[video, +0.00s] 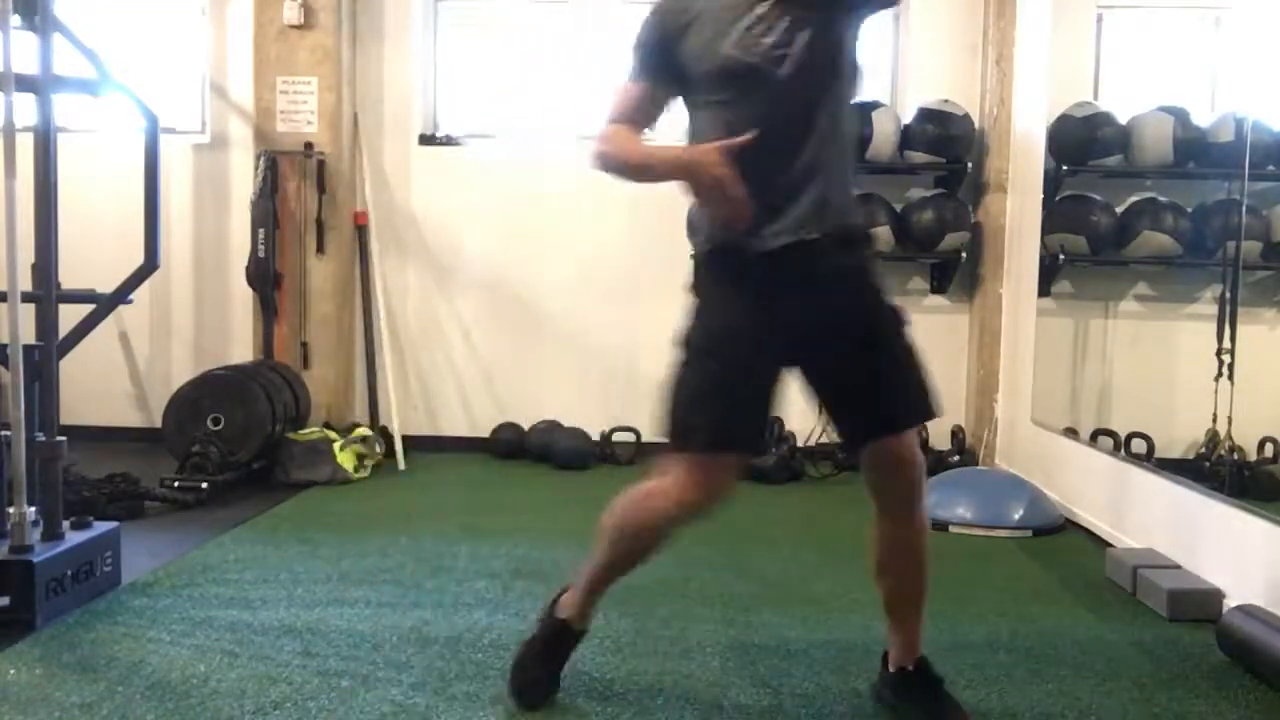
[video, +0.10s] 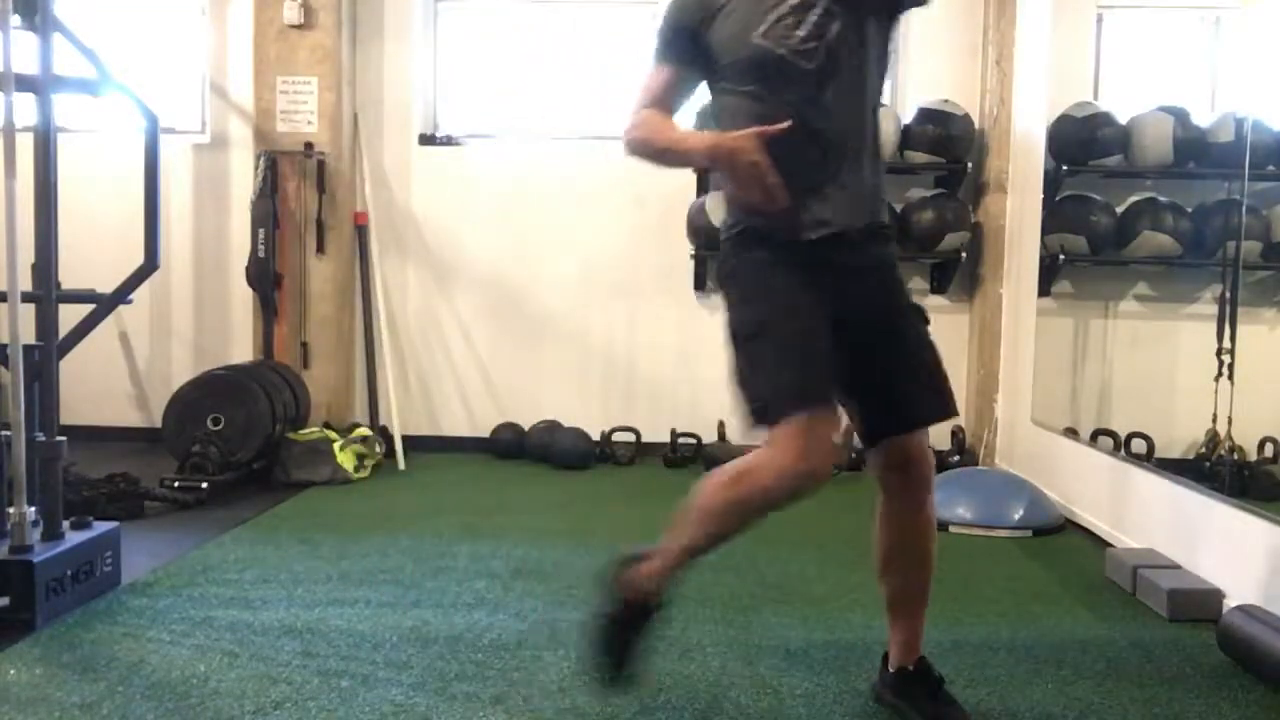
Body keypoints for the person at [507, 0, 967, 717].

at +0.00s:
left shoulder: (837, 7)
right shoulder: (681, 16)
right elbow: (613, 145)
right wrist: (686, 161)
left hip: (834, 266)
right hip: (738, 274)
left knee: (900, 470)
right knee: (695, 480)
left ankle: (905, 667)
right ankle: (571, 611)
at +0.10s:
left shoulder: (872, 4)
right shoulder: (707, 8)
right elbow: (642, 129)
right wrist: (719, 147)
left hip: (858, 242)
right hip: (763, 245)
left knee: (908, 465)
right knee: (804, 453)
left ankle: (904, 667)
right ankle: (642, 580)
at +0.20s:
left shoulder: (894, 5)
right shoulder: (726, 6)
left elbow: (950, 6)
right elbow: (650, 116)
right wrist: (726, 141)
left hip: (857, 233)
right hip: (767, 225)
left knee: (912, 465)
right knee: (905, 341)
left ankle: (903, 665)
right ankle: (777, 534)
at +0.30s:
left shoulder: (902, 8)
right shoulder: (742, 9)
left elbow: (960, 52)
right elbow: (651, 119)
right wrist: (725, 154)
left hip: (873, 265)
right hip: (780, 255)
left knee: (932, 469)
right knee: (958, 191)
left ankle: (901, 667)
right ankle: (888, 429)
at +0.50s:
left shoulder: (891, 14)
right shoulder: (736, 16)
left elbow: (955, 85)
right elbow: (644, 129)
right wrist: (731, 164)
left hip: (868, 272)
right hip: (778, 262)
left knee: (937, 465)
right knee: (959, 216)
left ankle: (902, 666)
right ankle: (887, 445)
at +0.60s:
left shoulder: (884, 9)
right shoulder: (719, 9)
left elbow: (945, 55)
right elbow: (626, 121)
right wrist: (713, 157)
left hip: (846, 243)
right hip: (764, 237)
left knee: (921, 464)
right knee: (904, 351)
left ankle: (904, 665)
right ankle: (775, 538)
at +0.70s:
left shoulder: (856, 7)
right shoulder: (696, 9)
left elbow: (920, 42)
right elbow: (603, 119)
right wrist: (688, 155)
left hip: (837, 253)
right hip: (745, 249)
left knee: (905, 463)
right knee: (805, 448)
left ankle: (903, 666)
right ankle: (661, 599)